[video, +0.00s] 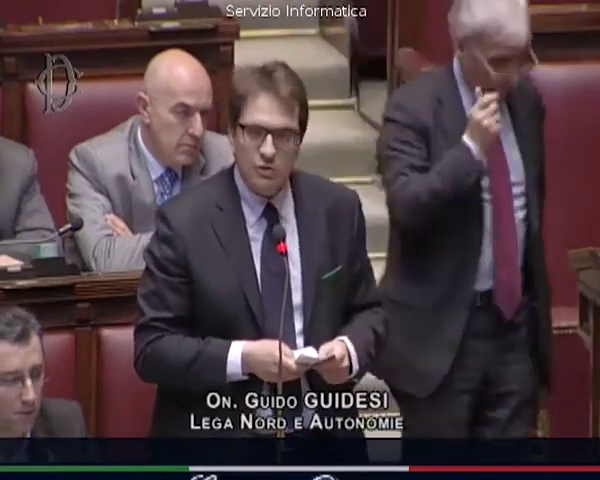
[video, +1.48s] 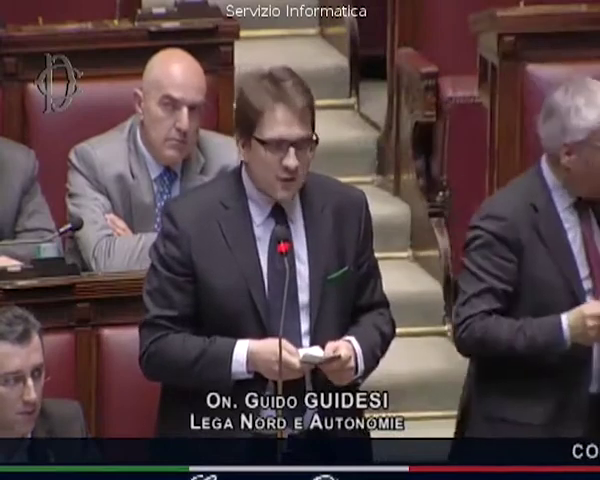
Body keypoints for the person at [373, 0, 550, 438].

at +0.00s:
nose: (513, 76)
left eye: (521, 60)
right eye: (499, 63)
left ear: (529, 49)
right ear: (461, 49)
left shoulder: (526, 101)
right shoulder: (413, 104)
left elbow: (532, 218)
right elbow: (406, 207)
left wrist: (536, 321)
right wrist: (471, 148)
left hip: (514, 319)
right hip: (440, 323)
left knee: (509, 475)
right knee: (439, 477)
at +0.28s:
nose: (540, 86)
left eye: (548, 70)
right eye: (525, 73)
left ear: (556, 57)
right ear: (488, 60)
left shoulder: (554, 114)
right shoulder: (442, 119)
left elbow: (557, 226)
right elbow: (453, 216)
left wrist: (566, 321)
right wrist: (509, 137)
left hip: (540, 339)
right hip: (466, 344)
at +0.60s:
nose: (555, 126)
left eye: (563, 111)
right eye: (542, 112)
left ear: (570, 99)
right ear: (504, 101)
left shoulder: (564, 159)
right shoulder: (457, 164)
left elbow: (571, 265)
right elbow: (480, 258)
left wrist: (583, 354)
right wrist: (527, 174)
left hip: (561, 378)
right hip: (486, 382)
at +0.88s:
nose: (565, 159)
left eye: (571, 147)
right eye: (556, 149)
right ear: (513, 131)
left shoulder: (566, 186)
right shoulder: (460, 189)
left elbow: (576, 293)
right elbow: (484, 282)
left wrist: (585, 382)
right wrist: (536, 198)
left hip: (567, 396)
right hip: (492, 405)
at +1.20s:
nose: (589, 171)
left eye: (592, 158)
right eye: (579, 159)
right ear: (533, 143)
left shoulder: (572, 192)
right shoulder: (475, 205)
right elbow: (473, 319)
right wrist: (558, 275)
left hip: (575, 405)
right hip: (499, 411)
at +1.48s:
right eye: (599, 148)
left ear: (570, 152)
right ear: (569, 153)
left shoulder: (588, 206)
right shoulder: (505, 218)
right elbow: (471, 328)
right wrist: (566, 329)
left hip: (589, 423)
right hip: (526, 430)